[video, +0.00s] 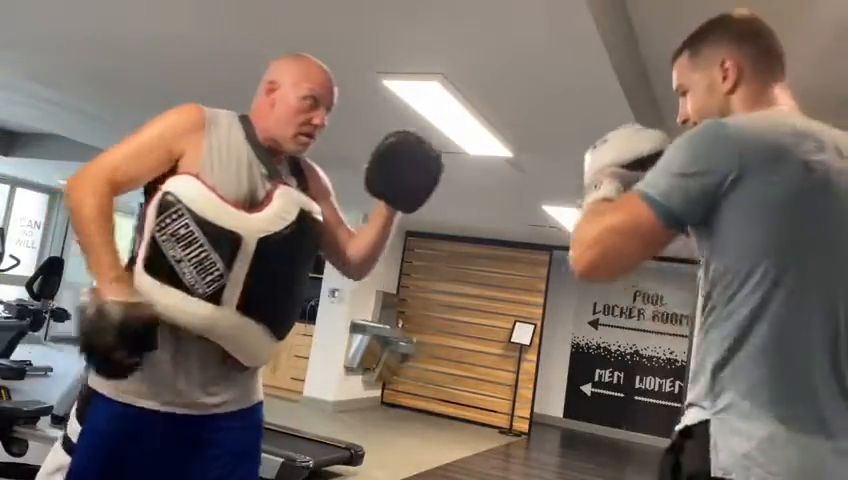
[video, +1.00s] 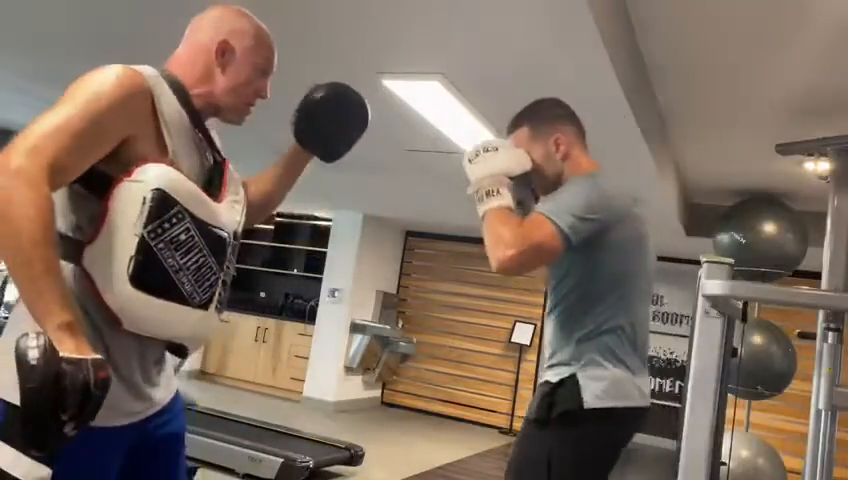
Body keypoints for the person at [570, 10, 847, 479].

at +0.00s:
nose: (682, 116)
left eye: (684, 92)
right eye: (678, 98)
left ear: (727, 72)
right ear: (776, 76)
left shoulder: (725, 142)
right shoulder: (837, 148)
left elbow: (590, 257)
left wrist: (606, 181)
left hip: (746, 445)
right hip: (837, 448)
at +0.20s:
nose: (677, 158)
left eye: (682, 136)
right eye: (675, 141)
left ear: (727, 121)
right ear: (730, 121)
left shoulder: (745, 185)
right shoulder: (833, 198)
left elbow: (651, 291)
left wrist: (612, 236)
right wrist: (685, 227)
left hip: (747, 456)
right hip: (826, 457)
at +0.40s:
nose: (651, 149)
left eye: (658, 130)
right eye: (649, 135)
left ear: (704, 118)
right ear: (707, 118)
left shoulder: (739, 177)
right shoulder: (777, 180)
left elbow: (659, 270)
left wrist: (604, 205)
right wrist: (658, 212)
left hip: (728, 433)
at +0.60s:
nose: (600, 164)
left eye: (608, 146)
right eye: (599, 151)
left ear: (653, 138)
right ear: (654, 139)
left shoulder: (699, 200)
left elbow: (631, 292)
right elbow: (636, 287)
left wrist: (574, 226)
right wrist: (593, 230)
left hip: (680, 439)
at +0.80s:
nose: (536, 180)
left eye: (541, 164)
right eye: (533, 168)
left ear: (582, 154)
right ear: (584, 156)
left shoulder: (629, 210)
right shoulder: (637, 209)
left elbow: (552, 296)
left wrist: (509, 227)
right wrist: (542, 231)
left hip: (620, 425)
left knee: (536, 468)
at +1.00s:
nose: (522, 170)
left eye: (524, 155)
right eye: (517, 159)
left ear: (560, 145)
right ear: (562, 144)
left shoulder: (590, 193)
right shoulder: (610, 196)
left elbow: (507, 252)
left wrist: (488, 185)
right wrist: (521, 192)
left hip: (586, 395)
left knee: (528, 472)